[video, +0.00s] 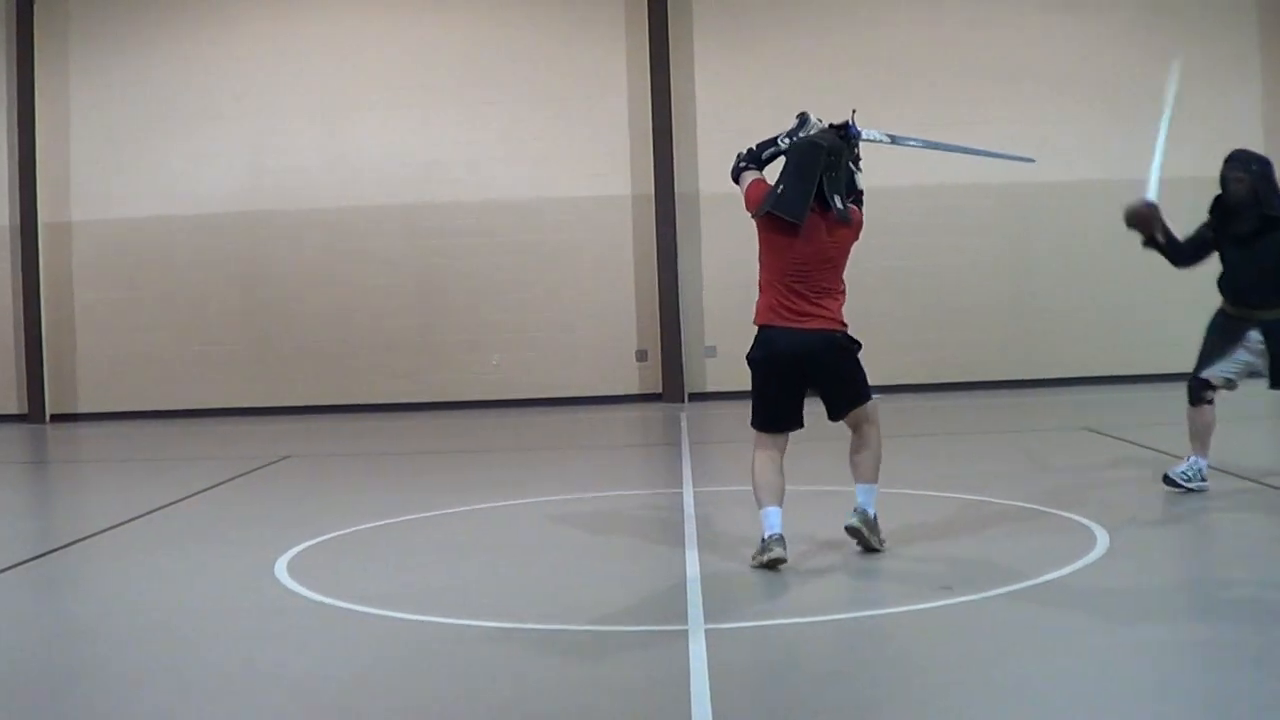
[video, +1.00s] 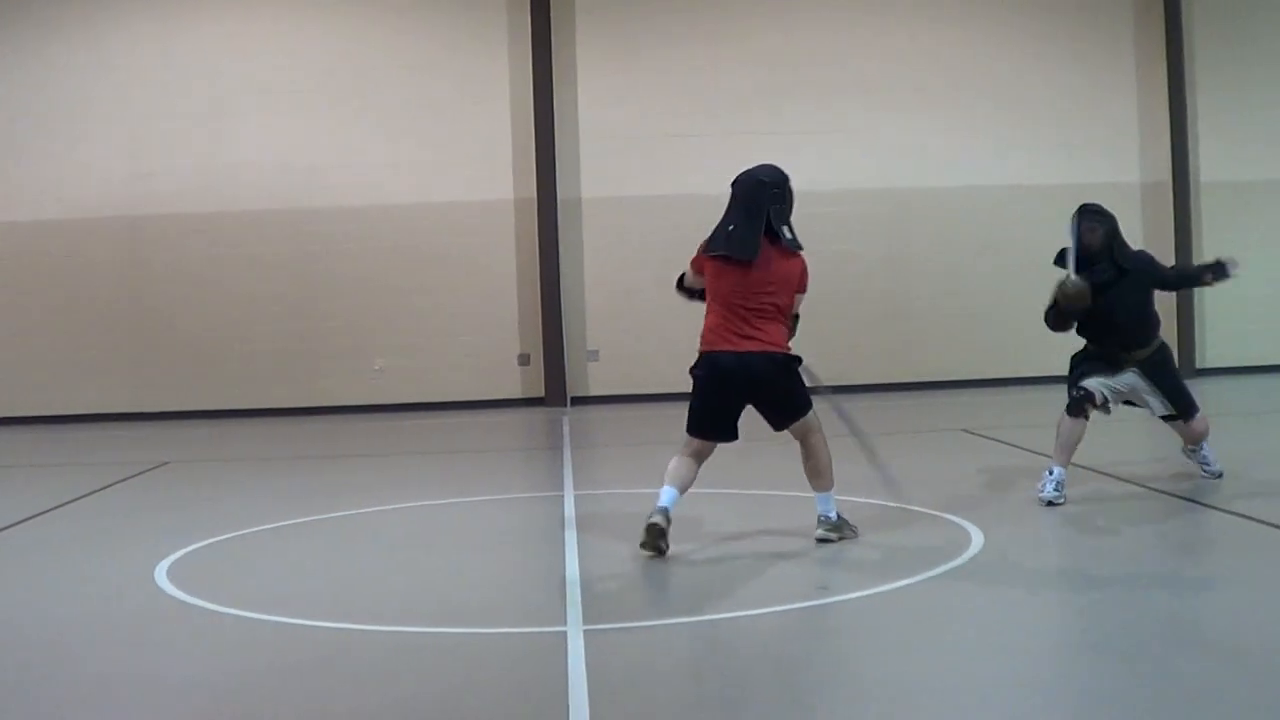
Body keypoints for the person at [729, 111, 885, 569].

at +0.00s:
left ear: (794, 174)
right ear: (838, 180)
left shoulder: (768, 207)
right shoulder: (847, 222)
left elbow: (745, 167)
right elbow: (850, 192)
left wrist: (787, 142)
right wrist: (845, 156)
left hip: (774, 342)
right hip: (829, 342)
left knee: (769, 445)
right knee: (864, 425)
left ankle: (772, 536)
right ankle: (865, 510)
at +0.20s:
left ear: (789, 186)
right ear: (830, 192)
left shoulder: (762, 216)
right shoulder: (840, 233)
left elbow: (737, 179)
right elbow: (844, 204)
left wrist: (777, 158)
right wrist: (837, 170)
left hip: (763, 347)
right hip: (819, 349)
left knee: (748, 447)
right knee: (856, 432)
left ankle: (740, 536)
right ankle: (902, 507)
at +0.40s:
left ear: (774, 192)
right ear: (812, 196)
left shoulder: (750, 224)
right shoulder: (825, 239)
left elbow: (721, 190)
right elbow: (829, 216)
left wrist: (763, 169)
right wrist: (821, 183)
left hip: (753, 350)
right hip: (807, 350)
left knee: (725, 445)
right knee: (838, 436)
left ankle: (701, 528)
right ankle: (860, 517)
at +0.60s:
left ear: (763, 184)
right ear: (806, 189)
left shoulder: (739, 214)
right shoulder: (816, 232)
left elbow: (717, 186)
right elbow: (826, 213)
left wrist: (753, 170)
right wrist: (817, 180)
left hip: (740, 340)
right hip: (794, 343)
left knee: (722, 437)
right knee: (819, 438)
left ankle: (715, 523)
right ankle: (837, 518)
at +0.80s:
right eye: (802, 189)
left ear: (756, 191)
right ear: (799, 195)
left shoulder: (733, 223)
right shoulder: (809, 240)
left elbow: (719, 199)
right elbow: (817, 266)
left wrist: (753, 194)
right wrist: (820, 219)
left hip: (731, 347)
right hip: (785, 350)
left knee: (708, 441)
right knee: (815, 435)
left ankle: (707, 520)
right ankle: (828, 516)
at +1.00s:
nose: (790, 207)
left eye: (786, 201)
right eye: (787, 202)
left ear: (736, 203)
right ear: (782, 208)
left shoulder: (715, 247)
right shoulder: (795, 261)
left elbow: (690, 283)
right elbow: (789, 320)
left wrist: (730, 290)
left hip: (717, 364)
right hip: (771, 366)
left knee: (694, 451)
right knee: (809, 434)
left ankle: (661, 511)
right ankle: (828, 516)